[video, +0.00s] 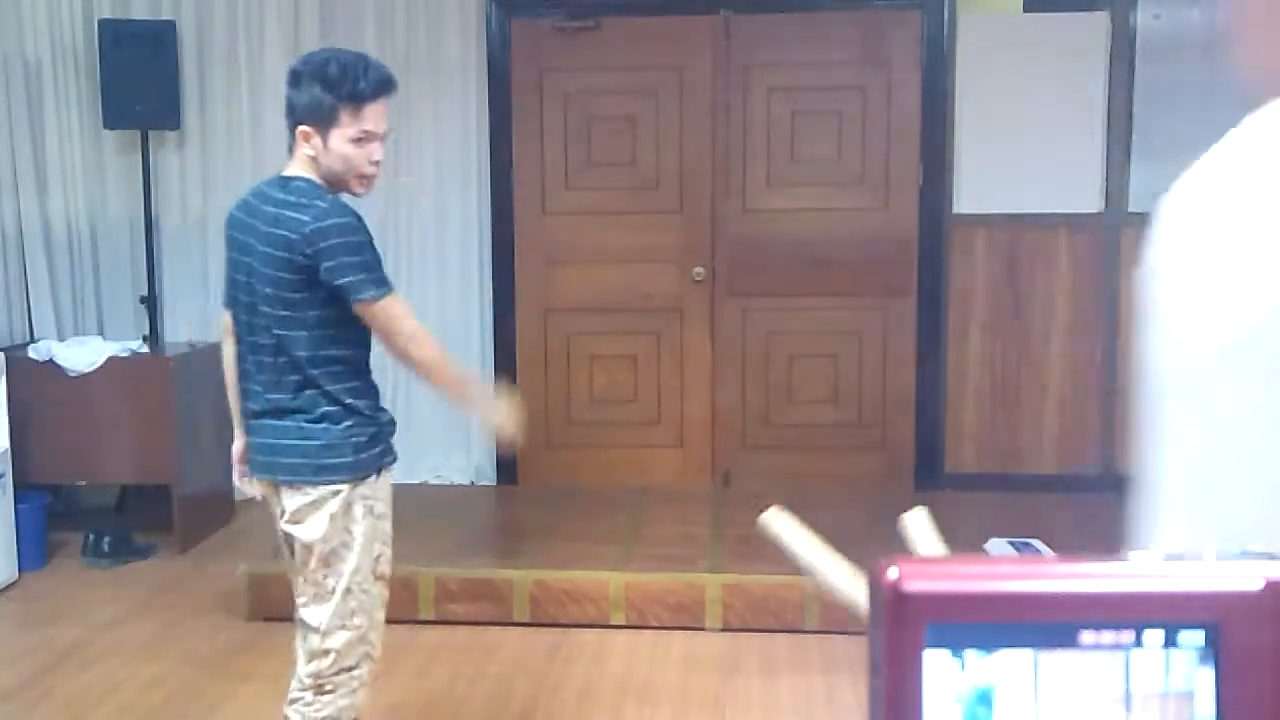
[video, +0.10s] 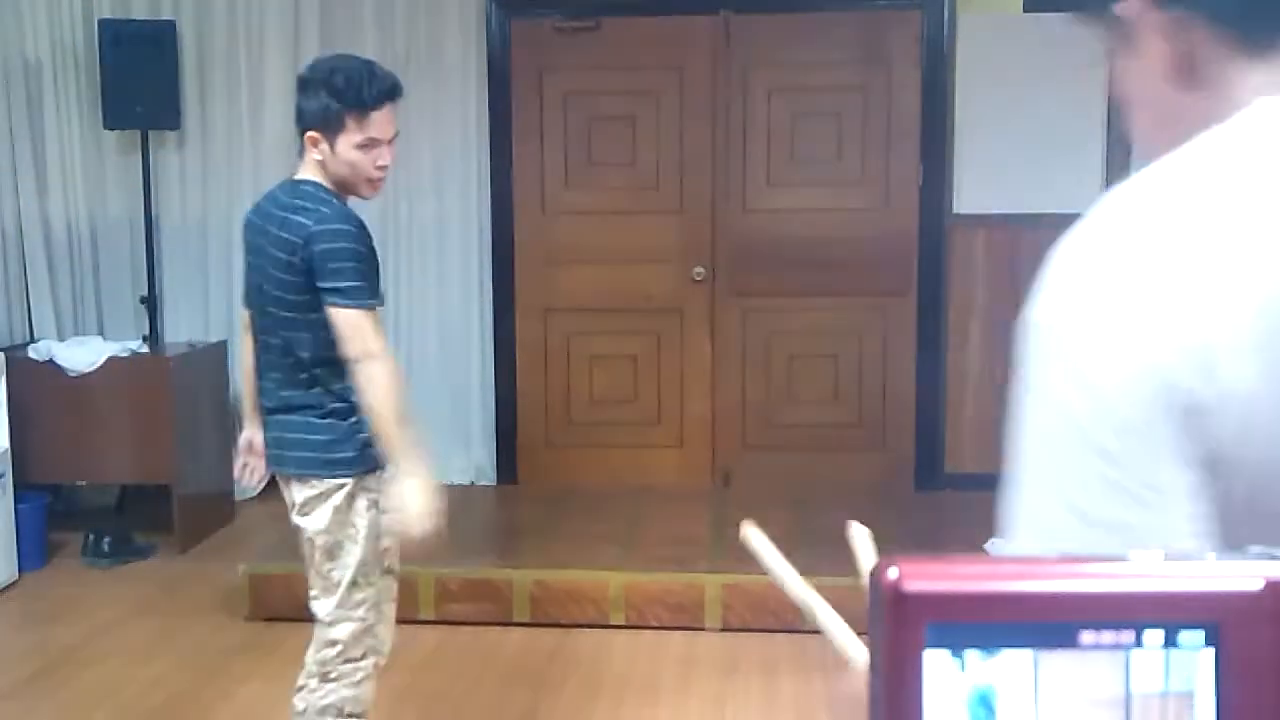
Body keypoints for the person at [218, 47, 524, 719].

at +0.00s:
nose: (378, 157)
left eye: (382, 138)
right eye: (362, 139)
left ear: (306, 142)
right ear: (307, 138)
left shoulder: (248, 211)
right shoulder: (330, 222)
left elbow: (233, 336)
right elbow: (405, 339)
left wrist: (243, 431)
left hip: (278, 457)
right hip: (337, 464)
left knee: (322, 640)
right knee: (340, 657)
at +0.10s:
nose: (386, 160)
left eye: (390, 142)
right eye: (369, 145)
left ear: (313, 149)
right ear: (317, 144)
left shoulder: (267, 212)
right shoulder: (334, 226)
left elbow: (253, 331)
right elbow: (366, 357)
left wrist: (252, 421)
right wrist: (408, 469)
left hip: (297, 457)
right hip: (336, 463)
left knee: (344, 623)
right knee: (353, 633)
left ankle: (322, 709)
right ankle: (324, 712)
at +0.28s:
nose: (391, 155)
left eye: (397, 138)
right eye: (376, 141)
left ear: (404, 128)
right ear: (325, 137)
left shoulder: (321, 200)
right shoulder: (320, 210)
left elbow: (282, 320)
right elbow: (280, 327)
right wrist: (258, 447)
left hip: (337, 447)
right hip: (346, 452)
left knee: (348, 604)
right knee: (375, 616)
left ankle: (339, 706)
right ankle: (352, 711)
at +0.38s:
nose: (391, 157)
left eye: (398, 140)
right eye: (375, 142)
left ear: (405, 129)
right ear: (328, 140)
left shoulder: (346, 207)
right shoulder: (310, 213)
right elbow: (258, 325)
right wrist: (224, 437)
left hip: (355, 444)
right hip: (338, 449)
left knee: (350, 603)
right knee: (366, 606)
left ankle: (343, 706)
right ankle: (345, 708)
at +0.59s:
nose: (380, 155)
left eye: (389, 139)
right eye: (364, 141)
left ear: (399, 130)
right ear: (320, 135)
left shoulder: (371, 215)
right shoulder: (279, 214)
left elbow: (401, 309)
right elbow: (267, 333)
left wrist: (449, 382)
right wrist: (275, 450)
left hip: (359, 445)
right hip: (311, 445)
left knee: (354, 619)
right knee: (317, 630)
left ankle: (326, 709)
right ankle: (297, 714)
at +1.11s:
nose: (315, 162)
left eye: (326, 144)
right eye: (297, 146)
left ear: (337, 135)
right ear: (249, 136)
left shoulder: (324, 232)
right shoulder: (194, 225)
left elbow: (351, 341)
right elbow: (178, 359)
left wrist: (407, 412)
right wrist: (221, 477)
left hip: (317, 478)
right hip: (236, 482)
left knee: (340, 646)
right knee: (243, 671)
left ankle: (330, 717)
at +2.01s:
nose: (315, 156)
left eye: (322, 137)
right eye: (301, 135)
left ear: (324, 127)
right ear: (239, 121)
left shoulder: (283, 231)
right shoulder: (161, 221)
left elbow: (298, 362)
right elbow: (146, 374)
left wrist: (373, 449)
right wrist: (275, 457)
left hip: (282, 511)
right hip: (199, 521)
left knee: (304, 699)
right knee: (224, 707)